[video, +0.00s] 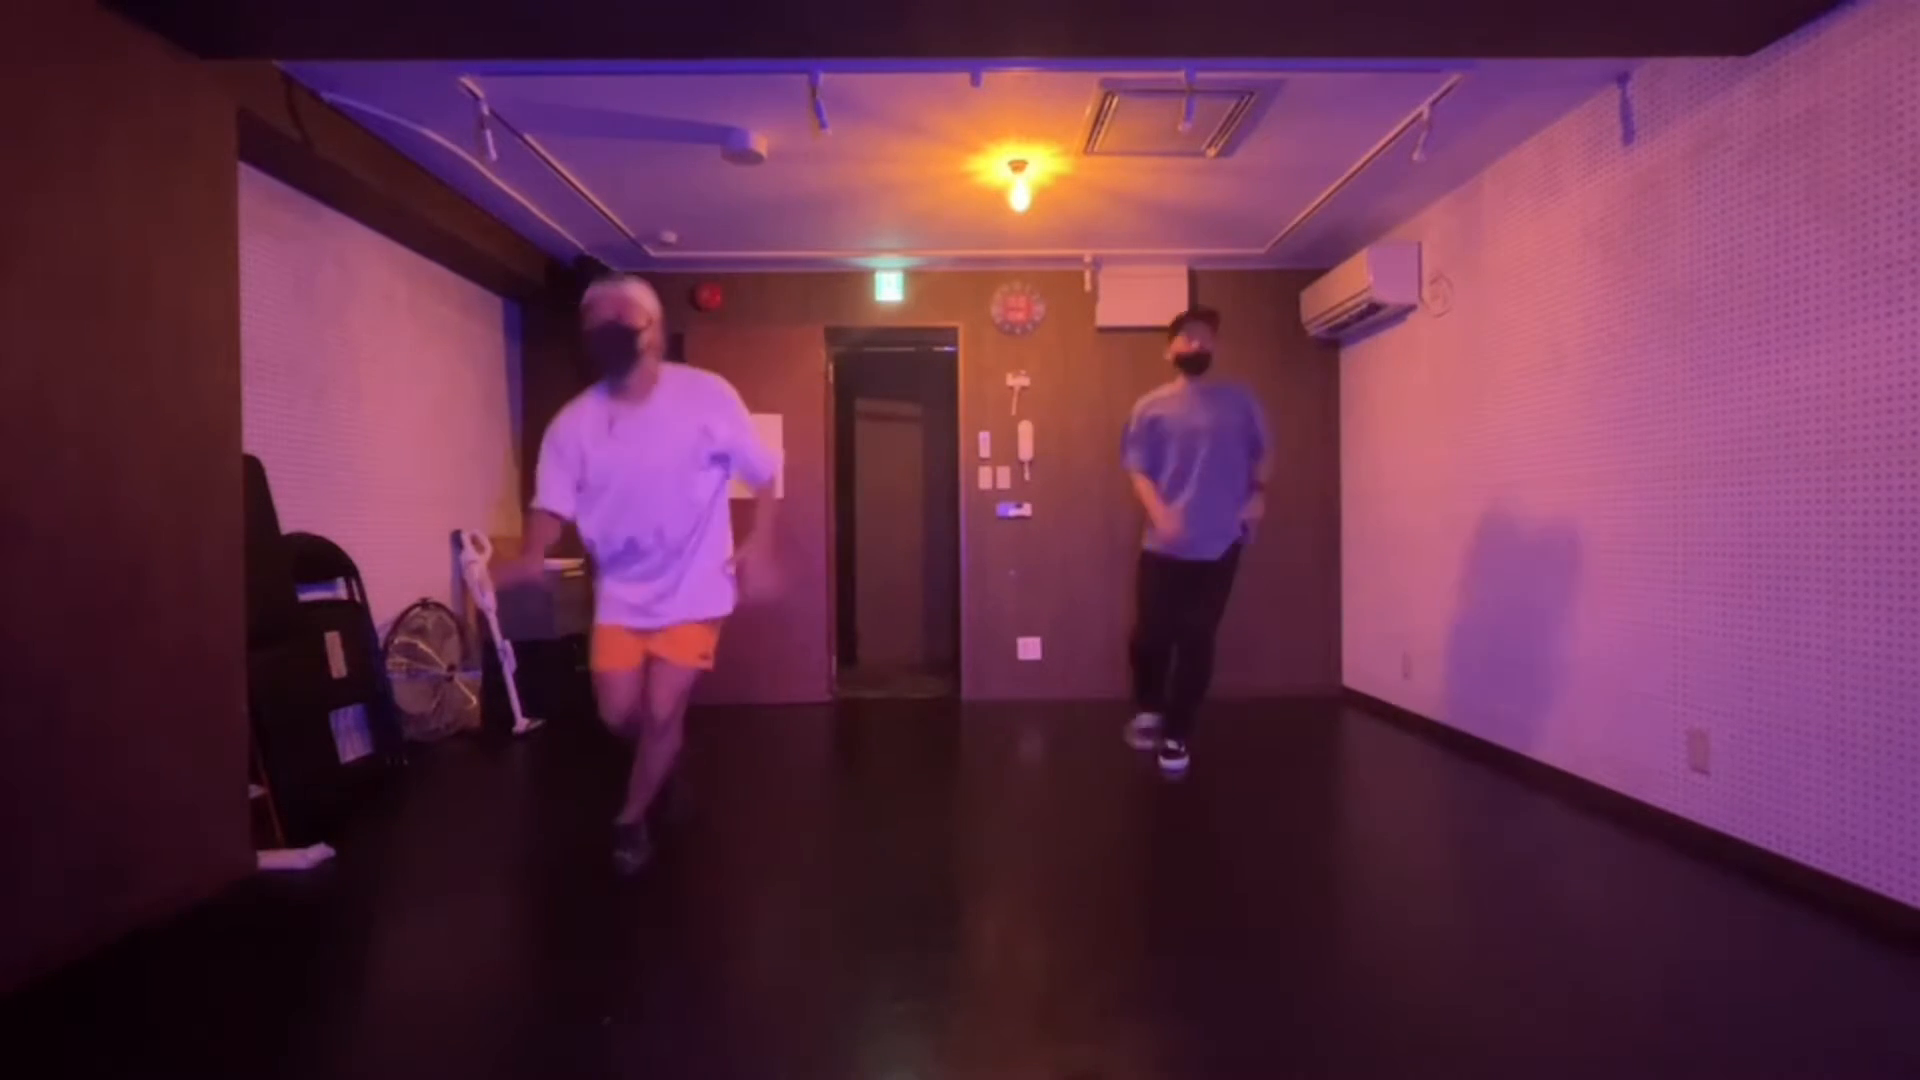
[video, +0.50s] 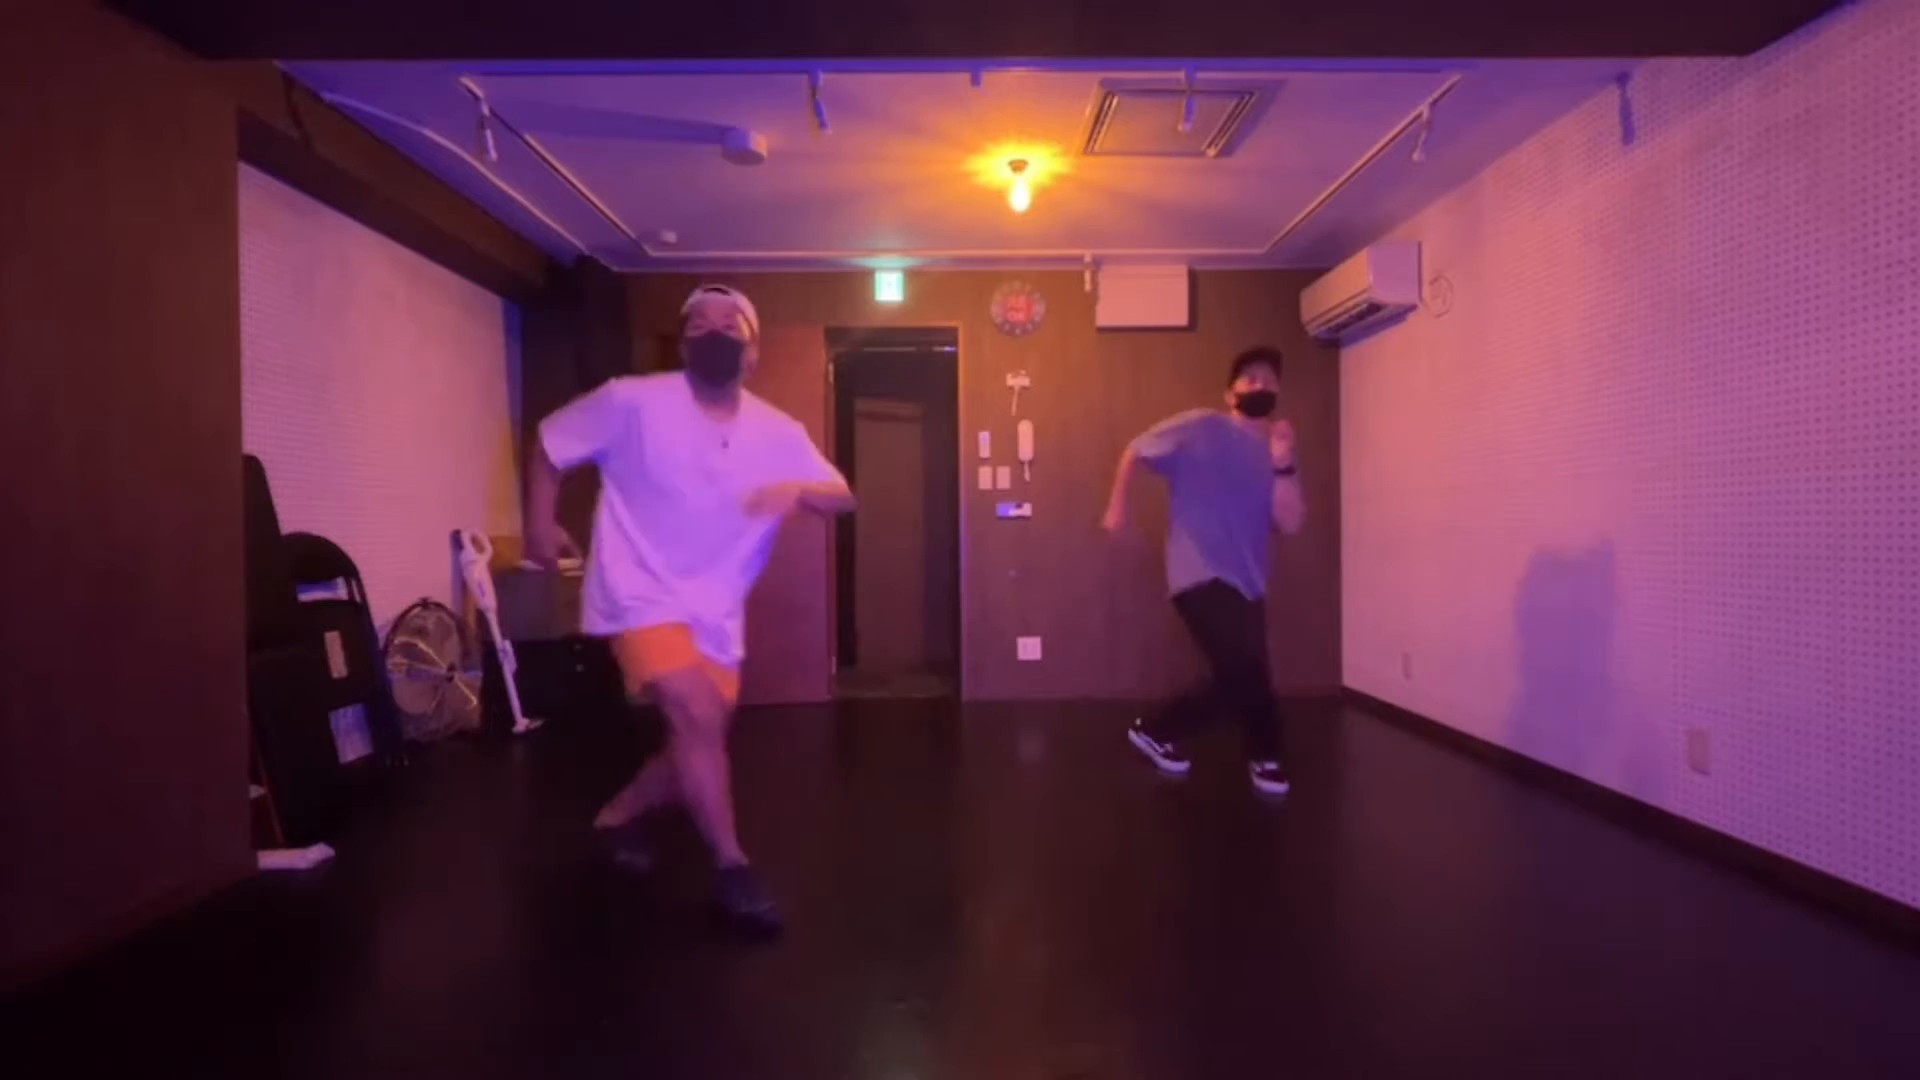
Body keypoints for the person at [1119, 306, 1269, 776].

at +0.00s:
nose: (1194, 344)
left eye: (1203, 336)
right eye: (1185, 336)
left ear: (1215, 346)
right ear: (1170, 347)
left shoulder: (1239, 402)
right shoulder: (1150, 406)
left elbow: (1262, 453)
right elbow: (1137, 467)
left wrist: (1256, 496)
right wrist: (1159, 513)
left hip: (1218, 549)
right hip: (1164, 548)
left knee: (1197, 642)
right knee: (1151, 635)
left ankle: (1178, 734)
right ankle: (1148, 708)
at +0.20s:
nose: (1224, 339)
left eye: (1234, 333)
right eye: (1215, 330)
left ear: (1243, 346)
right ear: (1198, 340)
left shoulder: (1253, 408)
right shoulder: (1170, 396)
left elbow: (1258, 473)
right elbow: (1136, 461)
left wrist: (1246, 503)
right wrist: (1125, 516)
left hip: (1222, 542)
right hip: (1170, 535)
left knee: (1200, 643)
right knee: (1176, 638)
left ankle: (1181, 739)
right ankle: (1169, 742)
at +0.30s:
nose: (1242, 351)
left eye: (1250, 344)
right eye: (1233, 341)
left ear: (1260, 356)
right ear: (1214, 350)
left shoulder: (1260, 416)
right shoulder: (1178, 399)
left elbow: (1273, 486)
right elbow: (1130, 441)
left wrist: (1258, 463)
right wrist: (1115, 500)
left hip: (1229, 543)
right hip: (1180, 538)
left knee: (1212, 645)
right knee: (1217, 643)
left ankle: (1163, 732)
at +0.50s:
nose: (1259, 387)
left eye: (1268, 382)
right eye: (1250, 378)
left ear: (1278, 394)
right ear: (1231, 389)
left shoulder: (1270, 449)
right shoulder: (1204, 424)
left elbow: (1290, 522)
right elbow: (1136, 451)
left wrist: (1284, 463)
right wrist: (1117, 508)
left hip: (1244, 579)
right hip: (1198, 570)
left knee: (1239, 675)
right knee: (1244, 666)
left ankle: (1157, 731)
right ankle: (1266, 756)